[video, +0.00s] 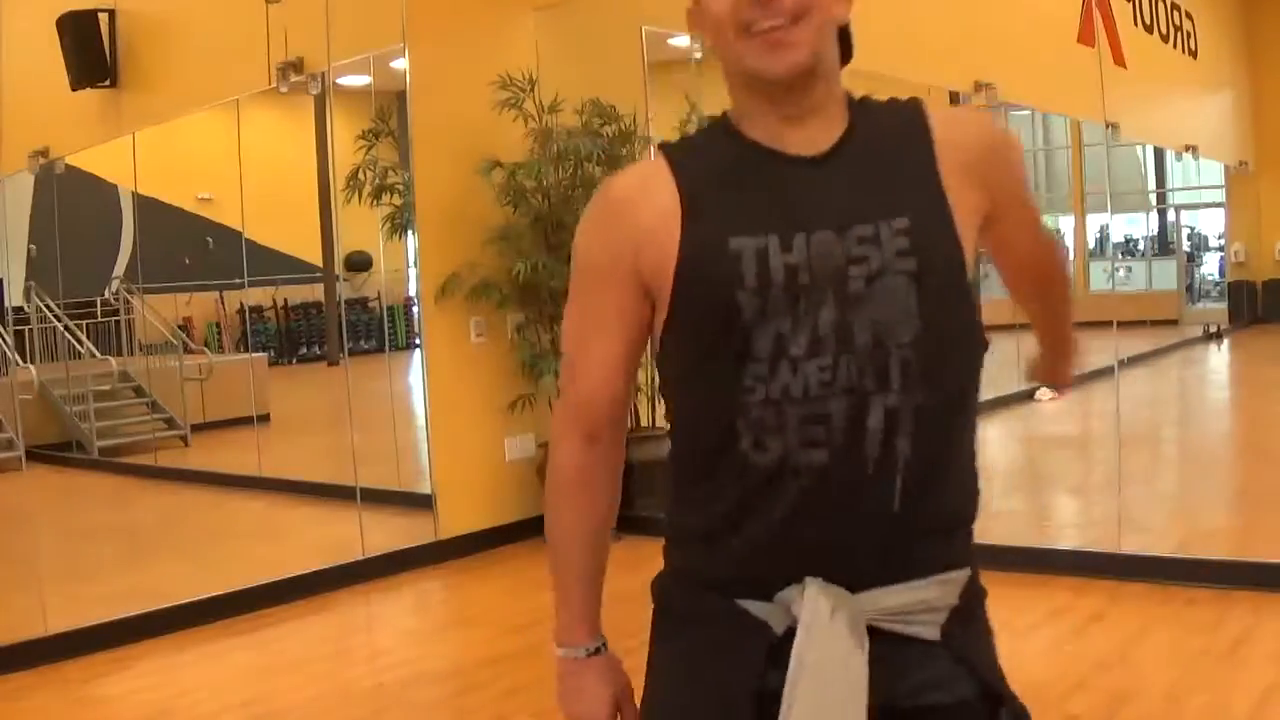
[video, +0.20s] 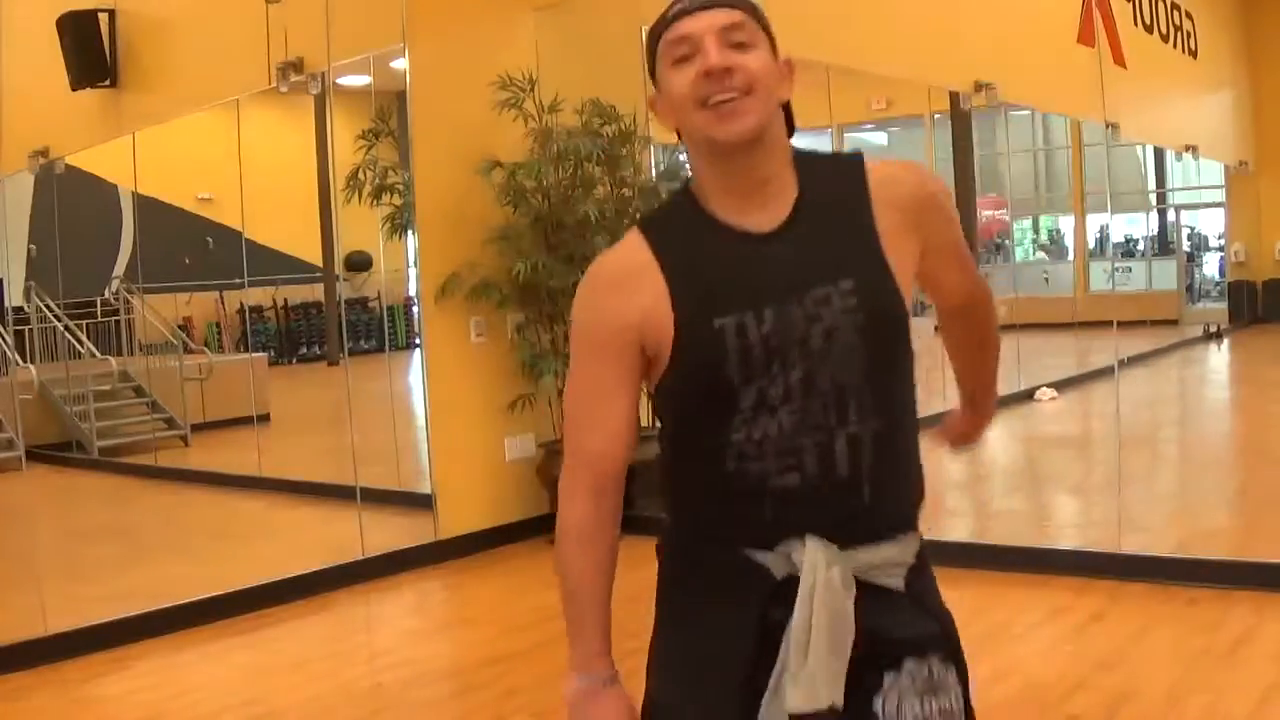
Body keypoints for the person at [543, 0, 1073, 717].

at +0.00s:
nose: (771, 1)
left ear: (842, 1)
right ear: (699, 18)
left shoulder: (966, 152)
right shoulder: (638, 207)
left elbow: (1042, 278)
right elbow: (588, 432)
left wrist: (1058, 360)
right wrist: (579, 644)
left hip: (926, 632)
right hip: (725, 642)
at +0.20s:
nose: (715, 63)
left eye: (739, 41)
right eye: (683, 56)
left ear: (784, 74)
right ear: (660, 109)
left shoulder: (902, 201)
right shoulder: (626, 280)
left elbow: (965, 305)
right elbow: (591, 485)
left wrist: (976, 409)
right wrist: (591, 674)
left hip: (889, 602)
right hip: (723, 620)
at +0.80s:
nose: (780, 103)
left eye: (798, 94)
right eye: (763, 96)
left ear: (826, 124)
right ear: (742, 129)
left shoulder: (876, 224)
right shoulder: (688, 230)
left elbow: (882, 348)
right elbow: (643, 339)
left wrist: (772, 419)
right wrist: (636, 444)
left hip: (833, 475)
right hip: (729, 476)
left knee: (823, 660)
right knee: (729, 672)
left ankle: (812, 717)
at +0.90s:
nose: (774, 90)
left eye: (791, 82)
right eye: (757, 83)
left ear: (817, 111)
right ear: (738, 116)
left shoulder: (863, 212)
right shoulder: (692, 212)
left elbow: (874, 351)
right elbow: (651, 325)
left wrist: (851, 469)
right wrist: (637, 433)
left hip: (826, 449)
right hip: (725, 448)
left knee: (818, 625)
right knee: (719, 627)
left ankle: (809, 716)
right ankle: (719, 718)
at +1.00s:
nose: (769, 98)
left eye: (785, 91)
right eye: (753, 92)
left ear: (810, 120)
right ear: (734, 123)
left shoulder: (858, 214)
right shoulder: (692, 218)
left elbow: (906, 326)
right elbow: (649, 321)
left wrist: (915, 421)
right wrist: (637, 421)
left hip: (817, 443)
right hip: (722, 441)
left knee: (811, 612)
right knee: (716, 604)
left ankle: (806, 716)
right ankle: (729, 706)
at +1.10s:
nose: (763, 109)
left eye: (780, 102)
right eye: (748, 103)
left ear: (803, 129)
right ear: (729, 132)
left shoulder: (851, 218)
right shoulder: (689, 223)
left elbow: (923, 292)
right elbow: (649, 321)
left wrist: (955, 358)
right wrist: (641, 413)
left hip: (807, 437)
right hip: (718, 435)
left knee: (805, 605)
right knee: (720, 578)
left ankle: (805, 717)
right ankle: (742, 654)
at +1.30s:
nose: (741, 162)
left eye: (755, 153)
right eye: (728, 155)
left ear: (777, 175)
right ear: (712, 178)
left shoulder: (819, 254)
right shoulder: (687, 258)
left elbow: (904, 308)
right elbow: (651, 340)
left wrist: (963, 367)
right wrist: (653, 410)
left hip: (793, 443)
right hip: (718, 443)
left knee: (798, 586)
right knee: (725, 556)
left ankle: (803, 711)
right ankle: (764, 622)